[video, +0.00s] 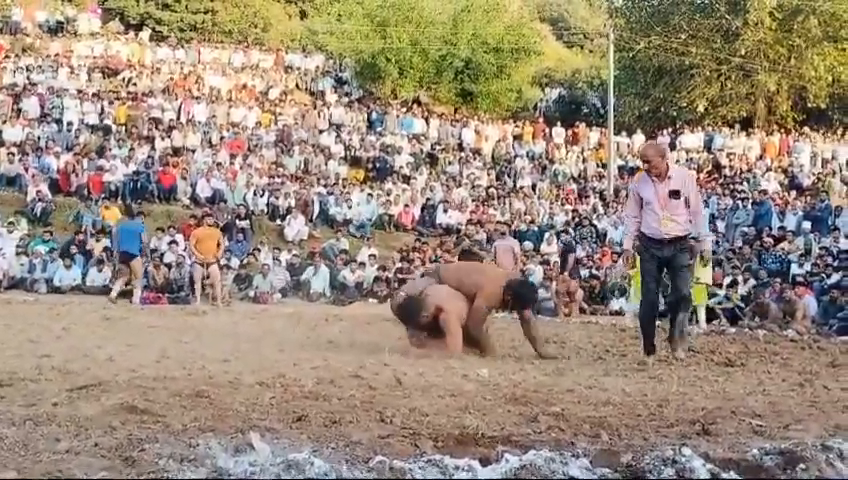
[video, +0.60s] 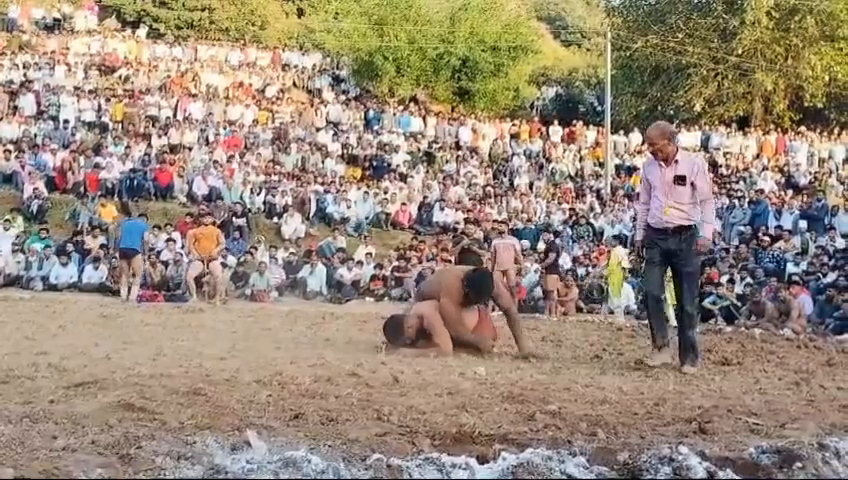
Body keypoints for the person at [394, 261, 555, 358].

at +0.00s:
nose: (519, 311)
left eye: (524, 309)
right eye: (519, 307)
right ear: (510, 298)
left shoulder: (517, 283)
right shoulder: (490, 291)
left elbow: (527, 321)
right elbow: (472, 329)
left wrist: (540, 350)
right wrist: (487, 351)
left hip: (457, 273)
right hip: (435, 276)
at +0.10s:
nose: (516, 314)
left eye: (520, 312)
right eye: (515, 310)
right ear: (508, 298)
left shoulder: (521, 282)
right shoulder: (490, 291)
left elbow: (532, 318)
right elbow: (471, 329)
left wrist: (542, 351)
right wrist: (486, 352)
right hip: (434, 280)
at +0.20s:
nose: (515, 312)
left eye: (521, 311)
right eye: (515, 309)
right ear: (507, 298)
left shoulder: (517, 282)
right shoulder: (485, 290)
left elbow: (529, 319)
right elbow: (466, 328)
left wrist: (541, 350)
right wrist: (483, 348)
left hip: (465, 276)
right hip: (440, 278)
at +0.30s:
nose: (510, 311)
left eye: (514, 308)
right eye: (508, 308)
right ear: (497, 295)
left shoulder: (514, 283)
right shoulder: (478, 290)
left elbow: (525, 319)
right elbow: (458, 327)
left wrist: (541, 351)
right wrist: (480, 346)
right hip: (434, 279)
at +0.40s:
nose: (491, 311)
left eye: (498, 309)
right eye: (491, 307)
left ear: (509, 295)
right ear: (486, 295)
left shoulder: (504, 286)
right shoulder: (469, 290)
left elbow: (518, 320)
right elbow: (454, 329)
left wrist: (539, 350)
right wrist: (481, 348)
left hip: (452, 280)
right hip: (427, 285)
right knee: (421, 330)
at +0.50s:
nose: (485, 308)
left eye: (489, 305)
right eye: (483, 304)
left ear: (498, 293)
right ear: (474, 292)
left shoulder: (496, 285)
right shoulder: (459, 290)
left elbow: (515, 319)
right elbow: (453, 332)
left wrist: (537, 349)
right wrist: (478, 348)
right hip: (427, 294)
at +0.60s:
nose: (477, 302)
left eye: (482, 300)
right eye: (474, 299)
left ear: (490, 287)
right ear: (466, 287)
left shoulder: (490, 279)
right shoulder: (450, 285)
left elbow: (511, 311)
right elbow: (453, 329)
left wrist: (523, 347)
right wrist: (478, 341)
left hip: (459, 303)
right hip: (426, 301)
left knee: (484, 340)